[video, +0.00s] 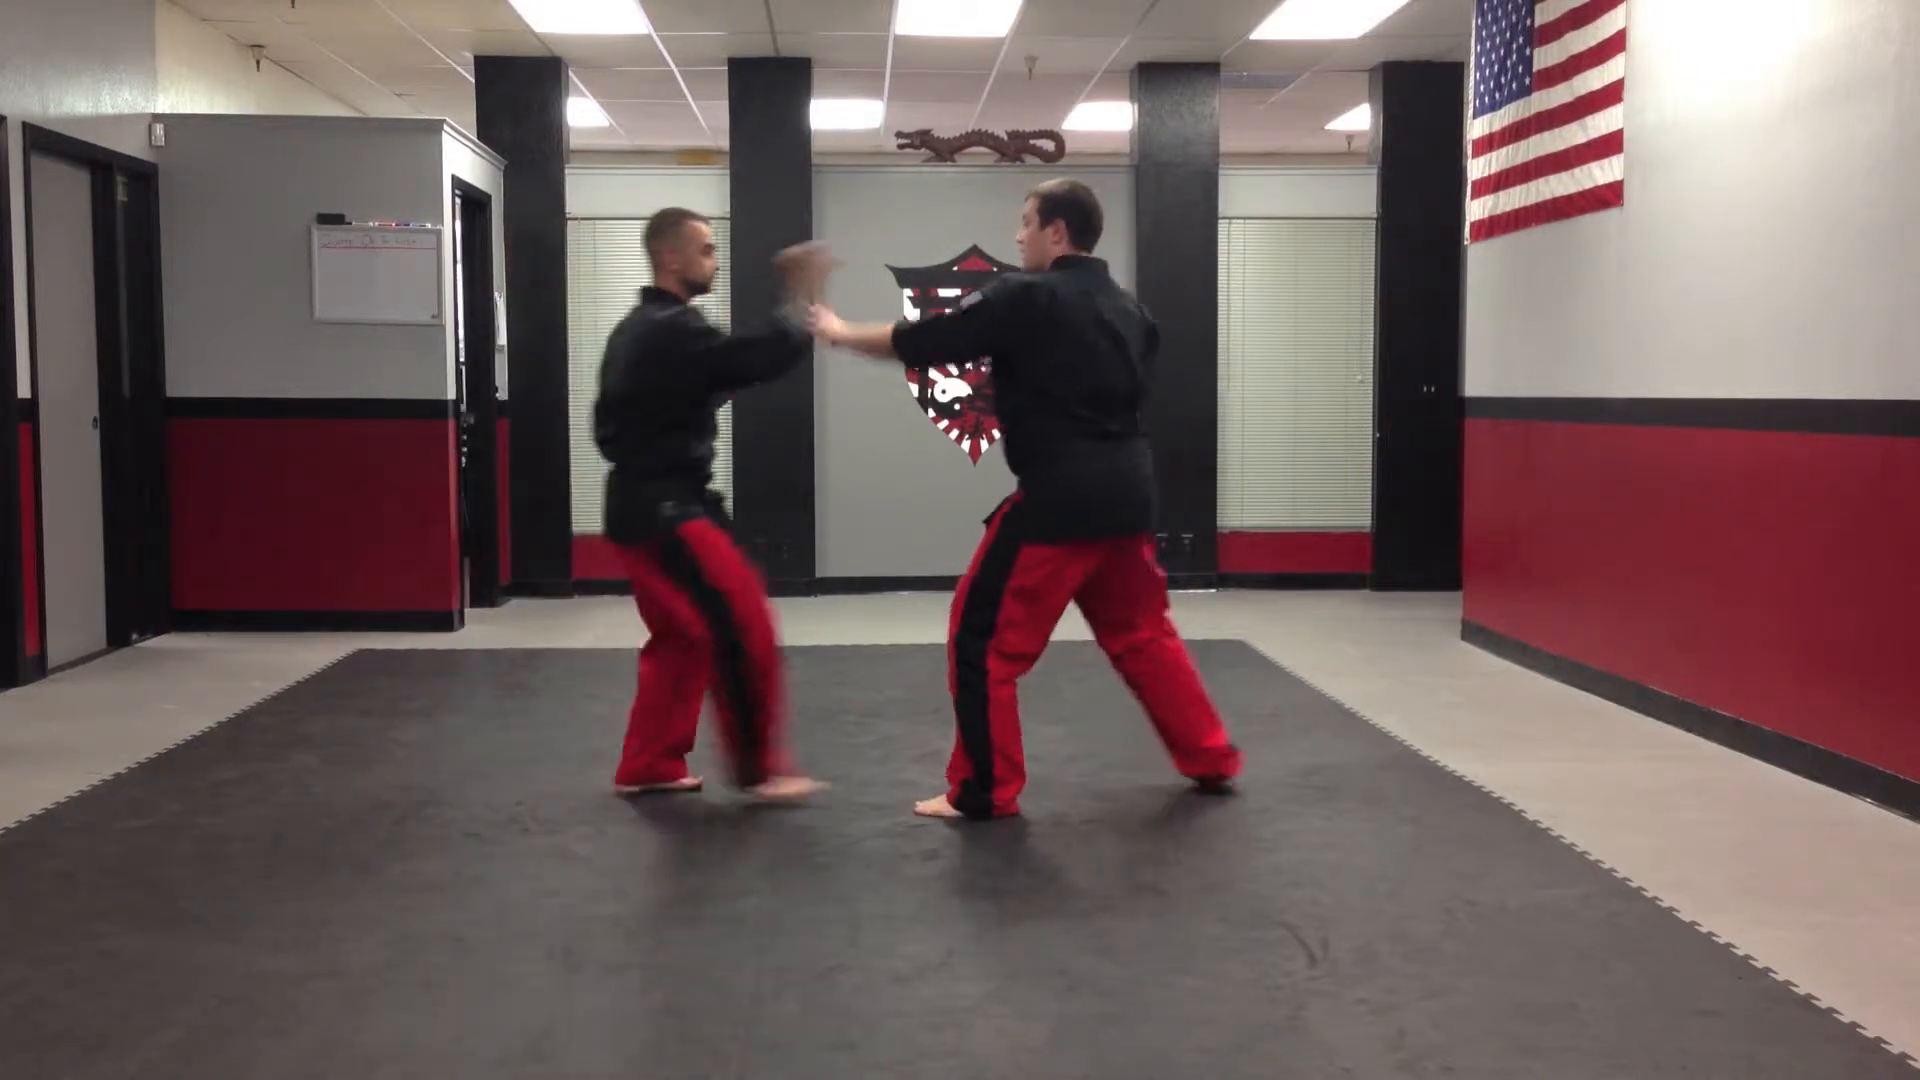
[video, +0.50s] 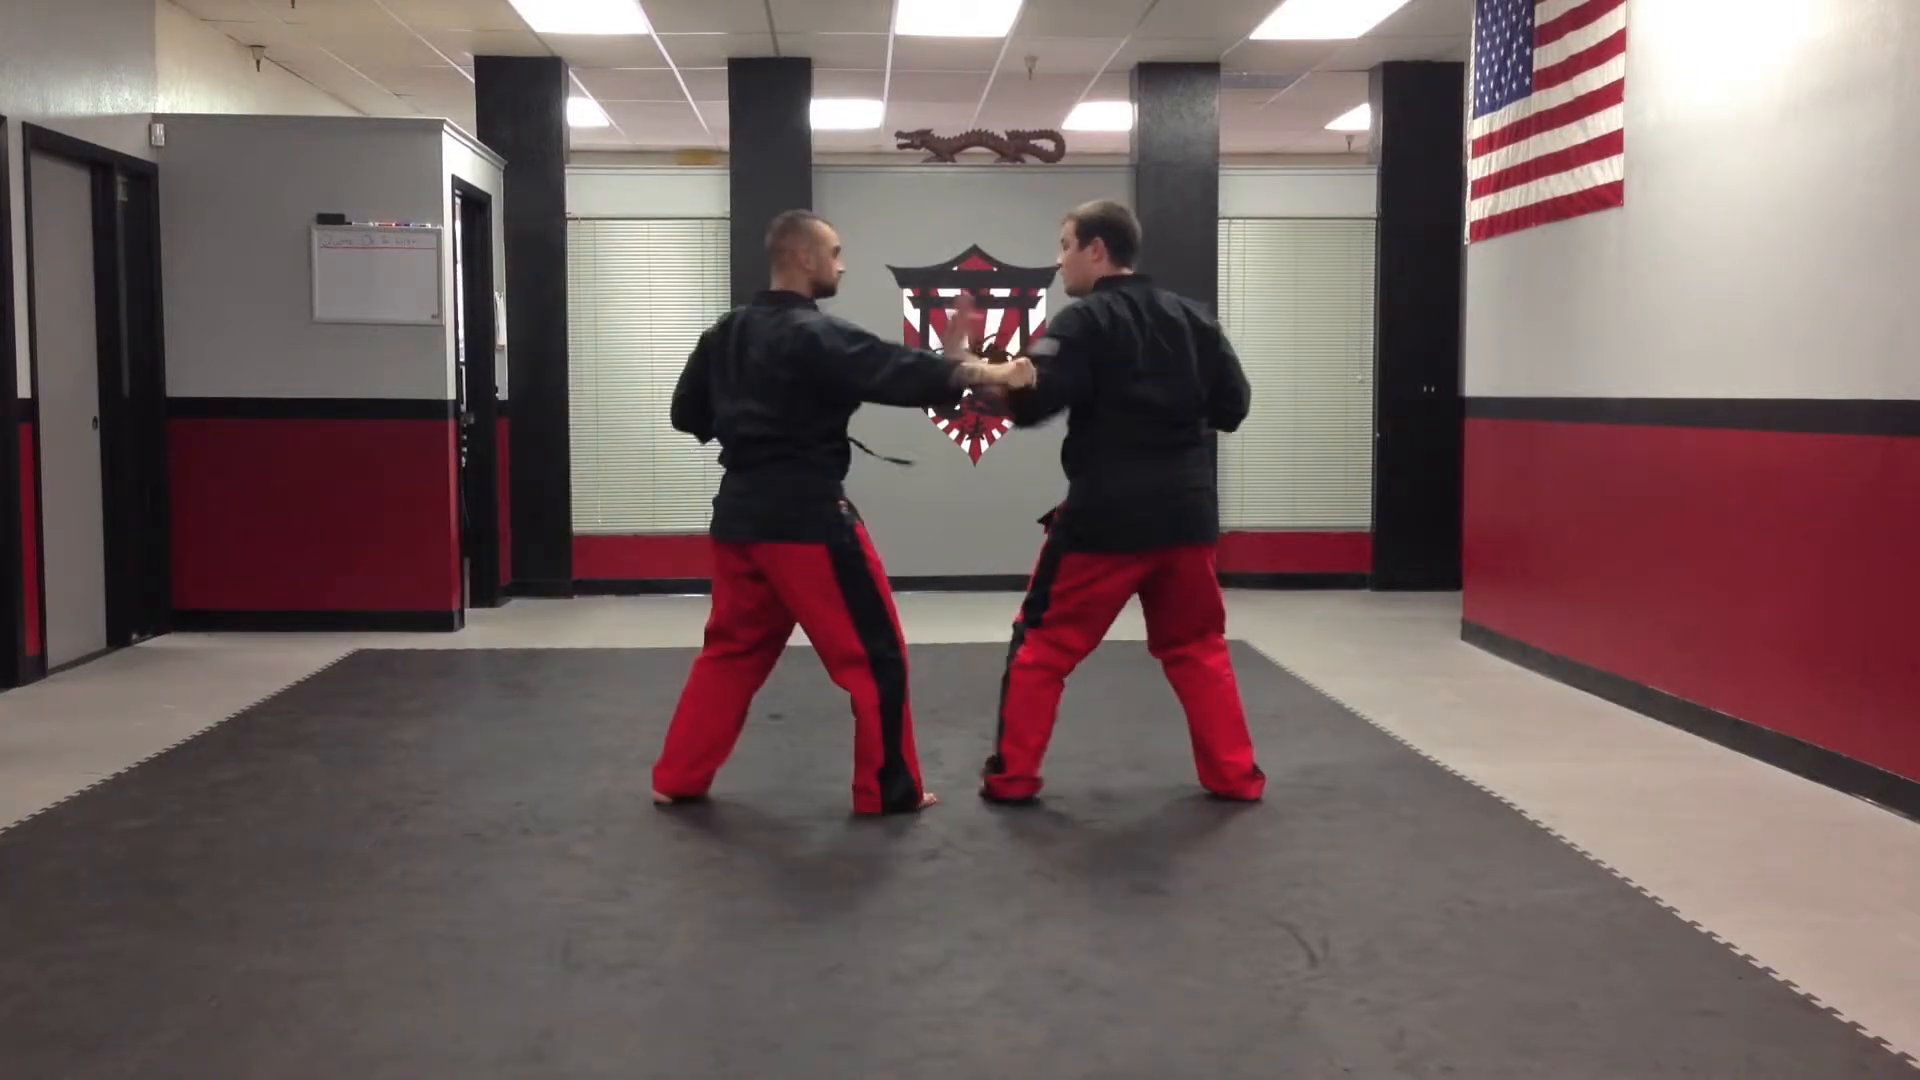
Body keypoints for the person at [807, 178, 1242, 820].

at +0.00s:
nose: (1019, 239)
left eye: (1025, 227)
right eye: (1021, 226)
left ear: (1057, 233)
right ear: (1083, 237)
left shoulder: (1027, 300)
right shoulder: (1127, 309)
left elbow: (928, 341)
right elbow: (1106, 393)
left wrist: (842, 333)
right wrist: (1011, 397)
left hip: (1051, 503)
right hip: (1126, 500)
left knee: (982, 638)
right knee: (1141, 632)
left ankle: (983, 793)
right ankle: (1213, 761)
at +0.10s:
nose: (1039, 239)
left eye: (1045, 226)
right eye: (1041, 226)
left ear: (1075, 231)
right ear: (1103, 234)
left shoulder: (1048, 291)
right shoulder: (1153, 307)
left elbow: (951, 313)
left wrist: (915, 287)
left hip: (1074, 504)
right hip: (1151, 503)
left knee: (1003, 644)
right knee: (1169, 637)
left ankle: (987, 794)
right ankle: (1233, 772)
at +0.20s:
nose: (1055, 243)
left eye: (1062, 231)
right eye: (1057, 231)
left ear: (1093, 234)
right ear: (1120, 236)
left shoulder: (1069, 296)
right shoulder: (1180, 304)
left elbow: (977, 329)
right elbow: (1195, 406)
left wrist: (957, 263)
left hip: (1096, 504)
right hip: (1177, 502)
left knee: (1026, 644)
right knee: (1190, 639)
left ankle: (1003, 788)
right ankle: (1231, 776)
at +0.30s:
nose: (1066, 252)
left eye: (1072, 239)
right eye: (1067, 240)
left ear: (1103, 240)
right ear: (1131, 242)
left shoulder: (1086, 307)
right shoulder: (1195, 309)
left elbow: (1022, 376)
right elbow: (1229, 403)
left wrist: (986, 315)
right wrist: (1162, 410)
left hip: (1103, 509)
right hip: (1187, 508)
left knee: (1037, 638)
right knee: (1195, 642)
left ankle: (1038, 779)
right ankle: (1232, 775)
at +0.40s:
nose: (1068, 258)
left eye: (1073, 245)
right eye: (1068, 245)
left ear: (1105, 245)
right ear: (1132, 248)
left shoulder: (1095, 314)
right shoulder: (1199, 312)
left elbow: (1062, 401)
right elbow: (1239, 405)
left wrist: (1007, 369)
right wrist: (1171, 386)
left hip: (1106, 512)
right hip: (1189, 512)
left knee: (1044, 636)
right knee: (1195, 643)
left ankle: (1036, 774)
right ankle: (1232, 776)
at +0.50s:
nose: (1058, 261)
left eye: (1065, 248)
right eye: (1060, 249)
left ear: (1097, 250)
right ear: (1118, 253)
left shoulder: (1084, 318)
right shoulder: (1190, 316)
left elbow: (1033, 402)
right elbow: (1231, 407)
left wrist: (996, 374)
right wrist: (1168, 392)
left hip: (1104, 515)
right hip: (1188, 514)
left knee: (1044, 643)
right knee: (1196, 644)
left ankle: (1014, 776)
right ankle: (1234, 776)